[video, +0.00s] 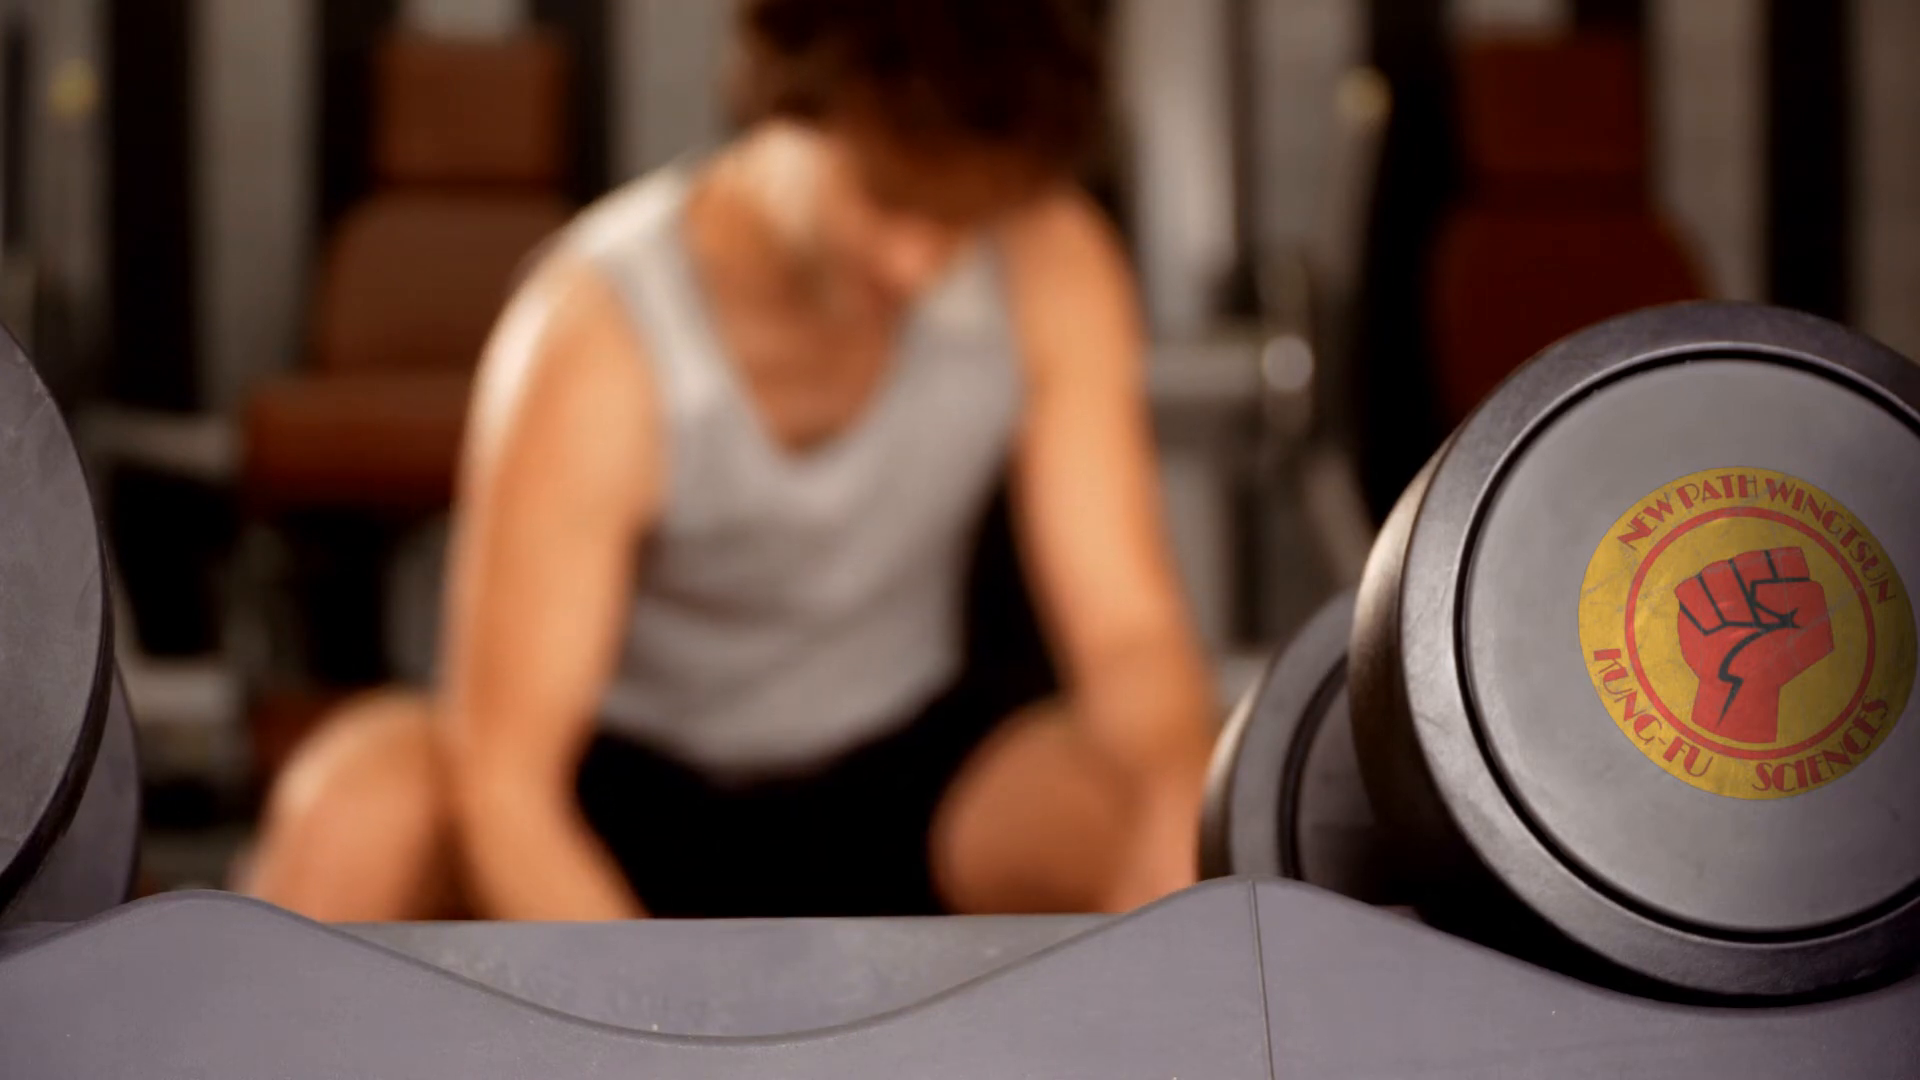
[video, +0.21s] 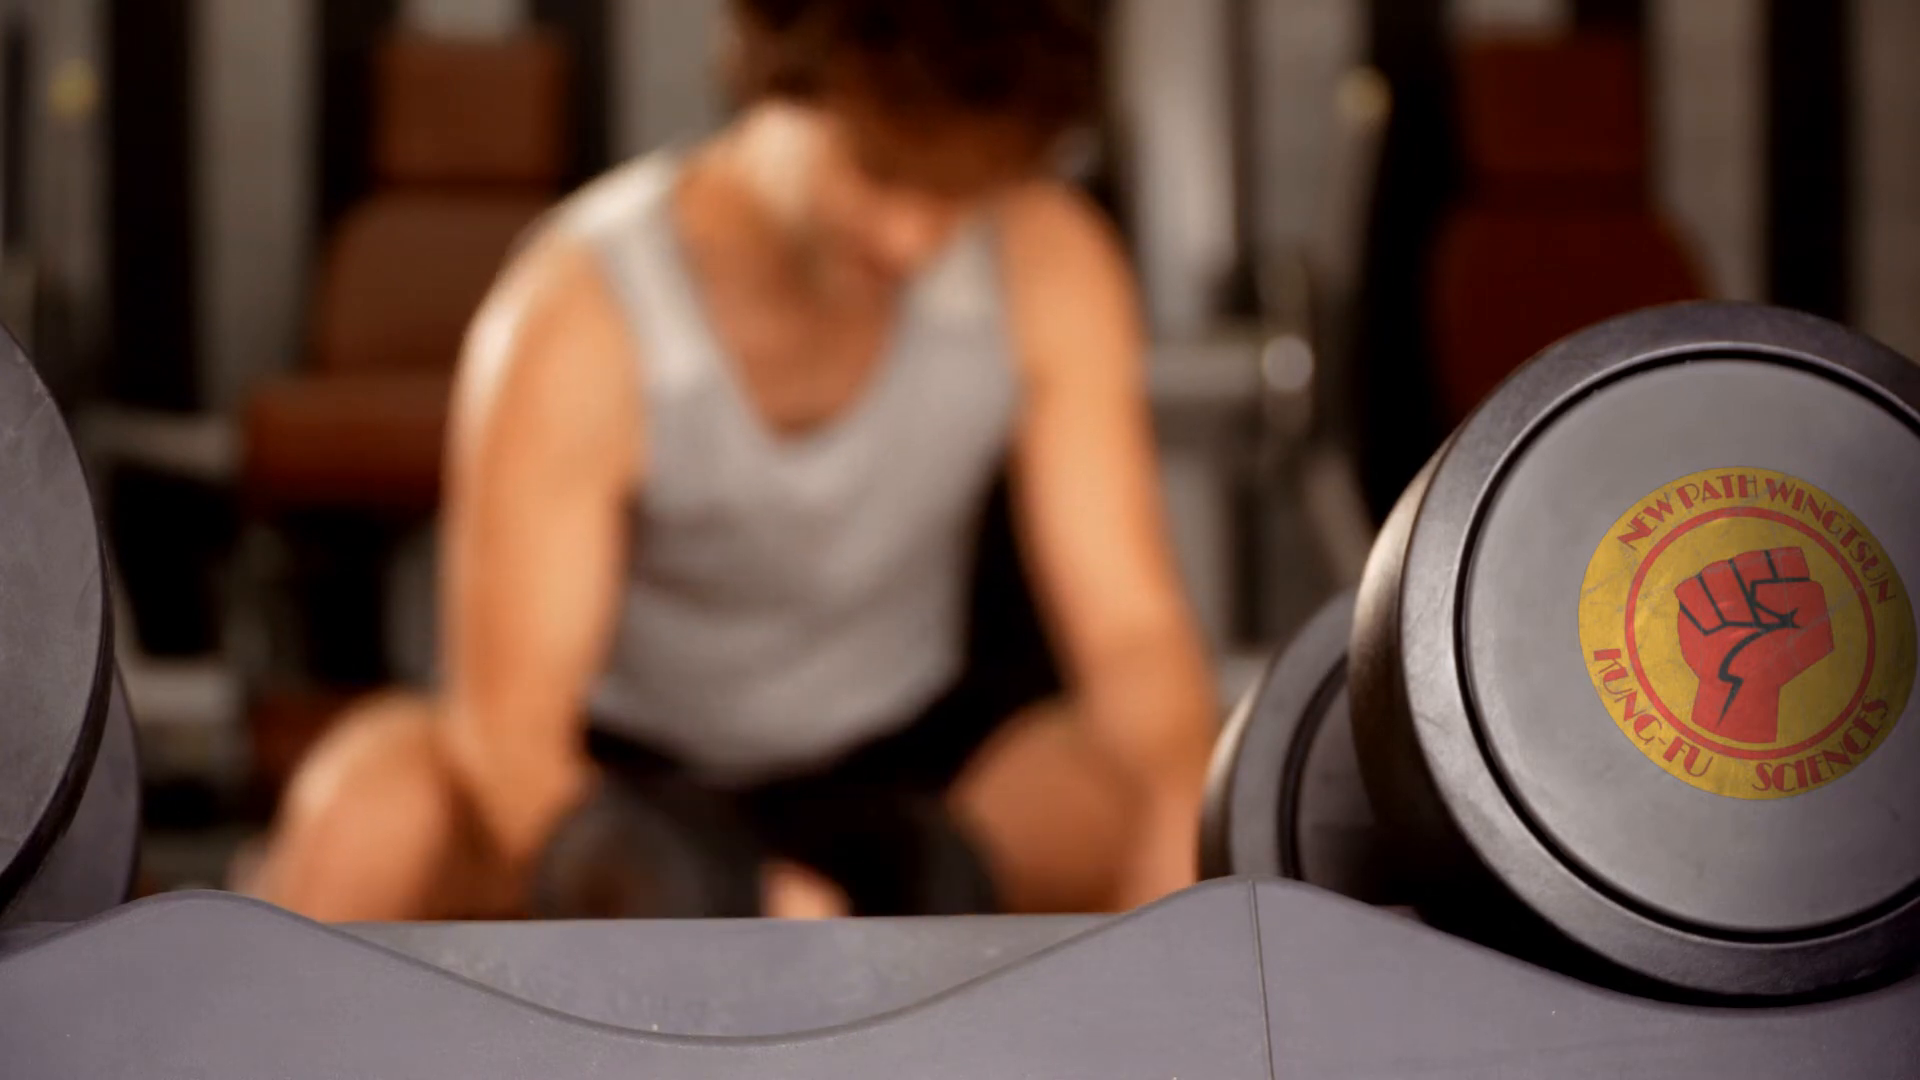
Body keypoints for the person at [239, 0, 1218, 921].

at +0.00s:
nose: (920, 264)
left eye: (970, 218)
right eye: (888, 201)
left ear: (1015, 172)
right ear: (792, 114)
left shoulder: (1044, 252)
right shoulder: (595, 328)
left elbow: (1130, 643)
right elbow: (504, 780)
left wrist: (1178, 874)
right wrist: (663, 1034)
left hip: (900, 784)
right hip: (628, 797)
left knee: (1184, 809)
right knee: (354, 790)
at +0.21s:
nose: (914, 238)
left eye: (962, 192)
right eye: (880, 176)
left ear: (1013, 158)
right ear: (785, 86)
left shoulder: (1043, 254)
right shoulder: (577, 308)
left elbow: (1133, 637)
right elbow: (507, 743)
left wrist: (1180, 861)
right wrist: (718, 896)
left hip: (902, 783)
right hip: (627, 794)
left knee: (1196, 789)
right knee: (369, 794)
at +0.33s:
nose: (908, 231)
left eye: (957, 184)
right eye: (875, 168)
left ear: (1010, 152)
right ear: (778, 77)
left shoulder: (1035, 255)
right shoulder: (556, 307)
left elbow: (1131, 632)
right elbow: (518, 737)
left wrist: (1182, 841)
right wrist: (847, 827)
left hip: (896, 802)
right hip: (618, 800)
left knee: (1187, 782)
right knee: (373, 789)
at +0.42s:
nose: (906, 229)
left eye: (953, 181)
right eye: (871, 166)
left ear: (1006, 145)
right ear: (772, 78)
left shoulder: (1029, 255)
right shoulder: (537, 310)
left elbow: (1129, 628)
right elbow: (517, 725)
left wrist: (1189, 830)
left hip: (889, 807)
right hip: (615, 812)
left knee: (1186, 784)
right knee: (378, 778)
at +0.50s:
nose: (899, 229)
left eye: (944, 180)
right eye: (864, 166)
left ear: (998, 140)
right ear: (764, 78)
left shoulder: (1019, 254)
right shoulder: (520, 311)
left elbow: (1125, 627)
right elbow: (528, 753)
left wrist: (1187, 833)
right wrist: (824, 725)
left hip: (888, 803)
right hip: (607, 811)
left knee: (1189, 794)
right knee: (374, 787)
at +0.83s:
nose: (858, 230)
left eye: (905, 180)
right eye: (820, 169)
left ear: (953, 146)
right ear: (714, 92)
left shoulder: (994, 257)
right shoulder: (471, 325)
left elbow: (1118, 631)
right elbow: (521, 752)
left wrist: (1186, 889)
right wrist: (743, 682)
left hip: (894, 790)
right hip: (597, 805)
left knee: (1173, 809)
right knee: (374, 806)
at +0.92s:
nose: (854, 231)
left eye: (902, 180)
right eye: (815, 170)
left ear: (951, 145)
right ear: (708, 92)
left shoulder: (991, 256)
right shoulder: (466, 329)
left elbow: (1117, 631)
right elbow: (526, 763)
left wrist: (1183, 885)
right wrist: (753, 663)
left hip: (894, 788)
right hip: (596, 810)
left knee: (1179, 808)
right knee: (375, 804)